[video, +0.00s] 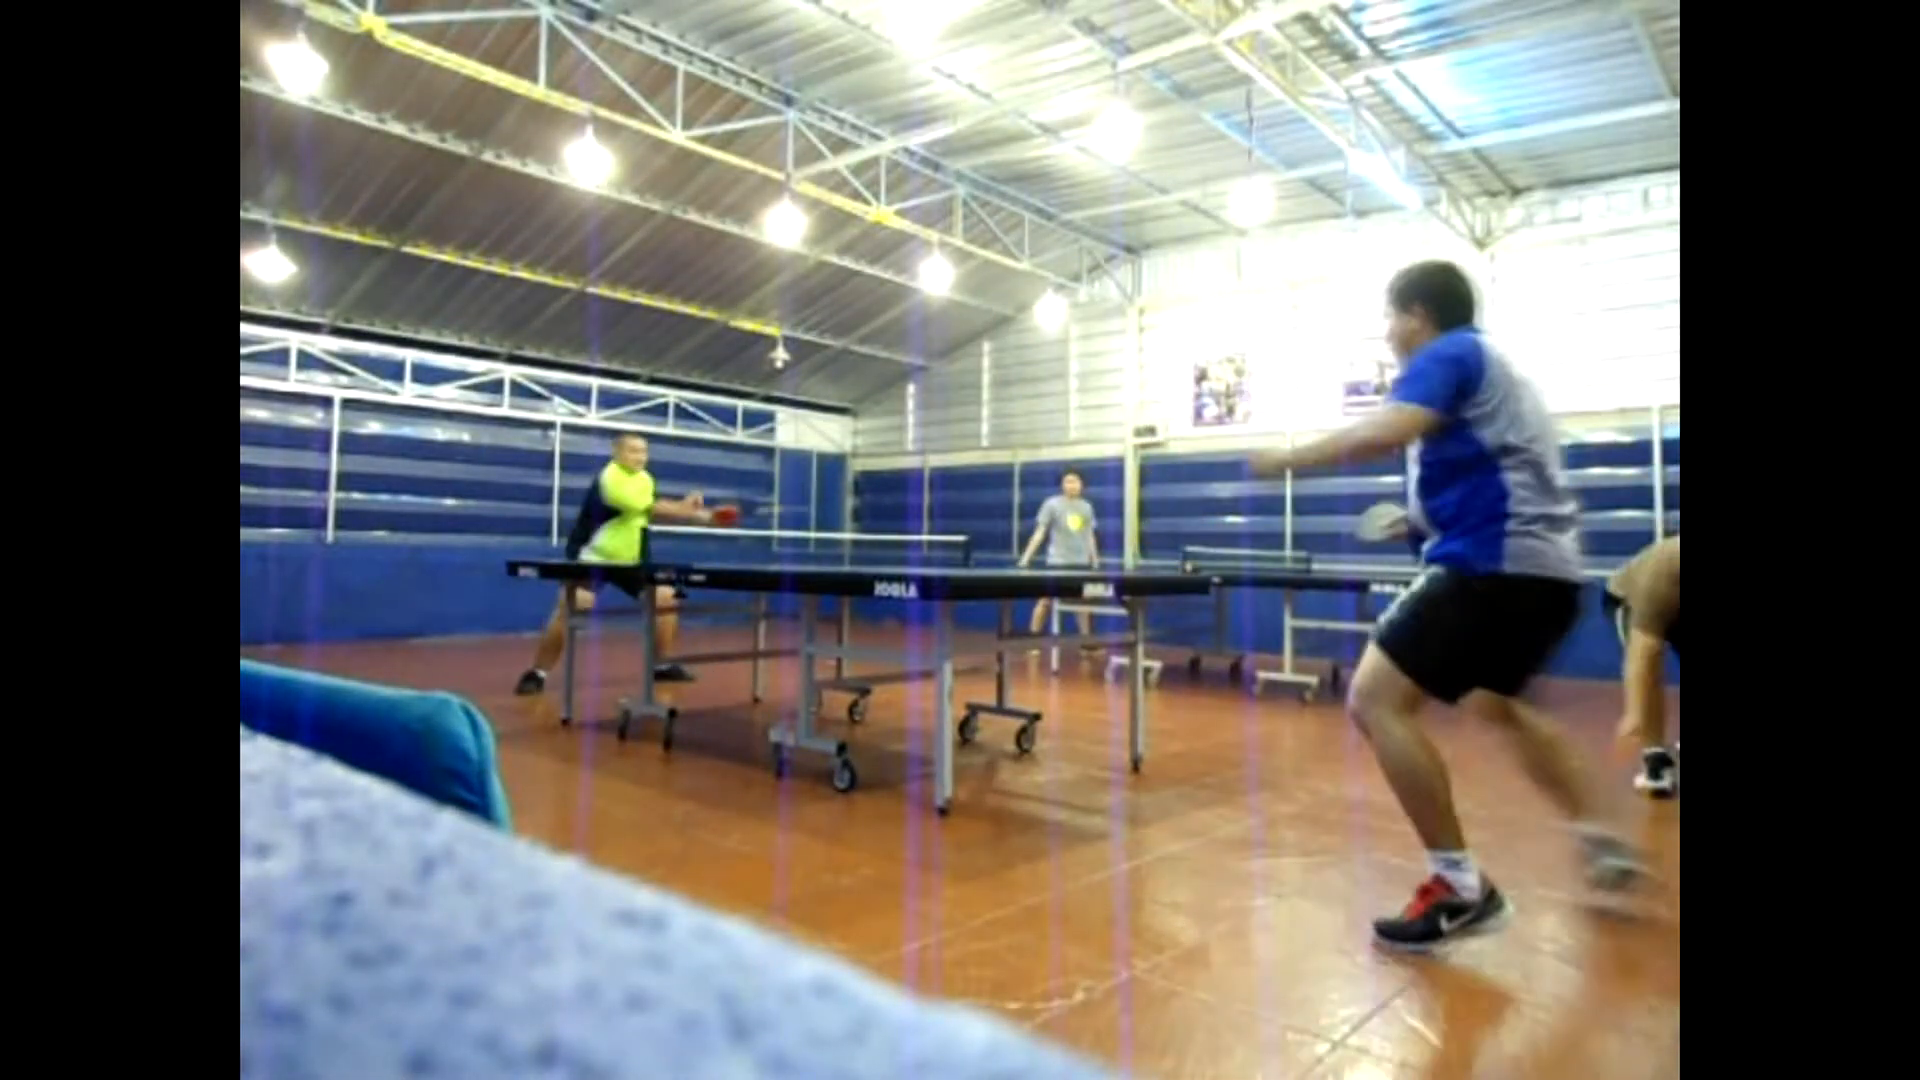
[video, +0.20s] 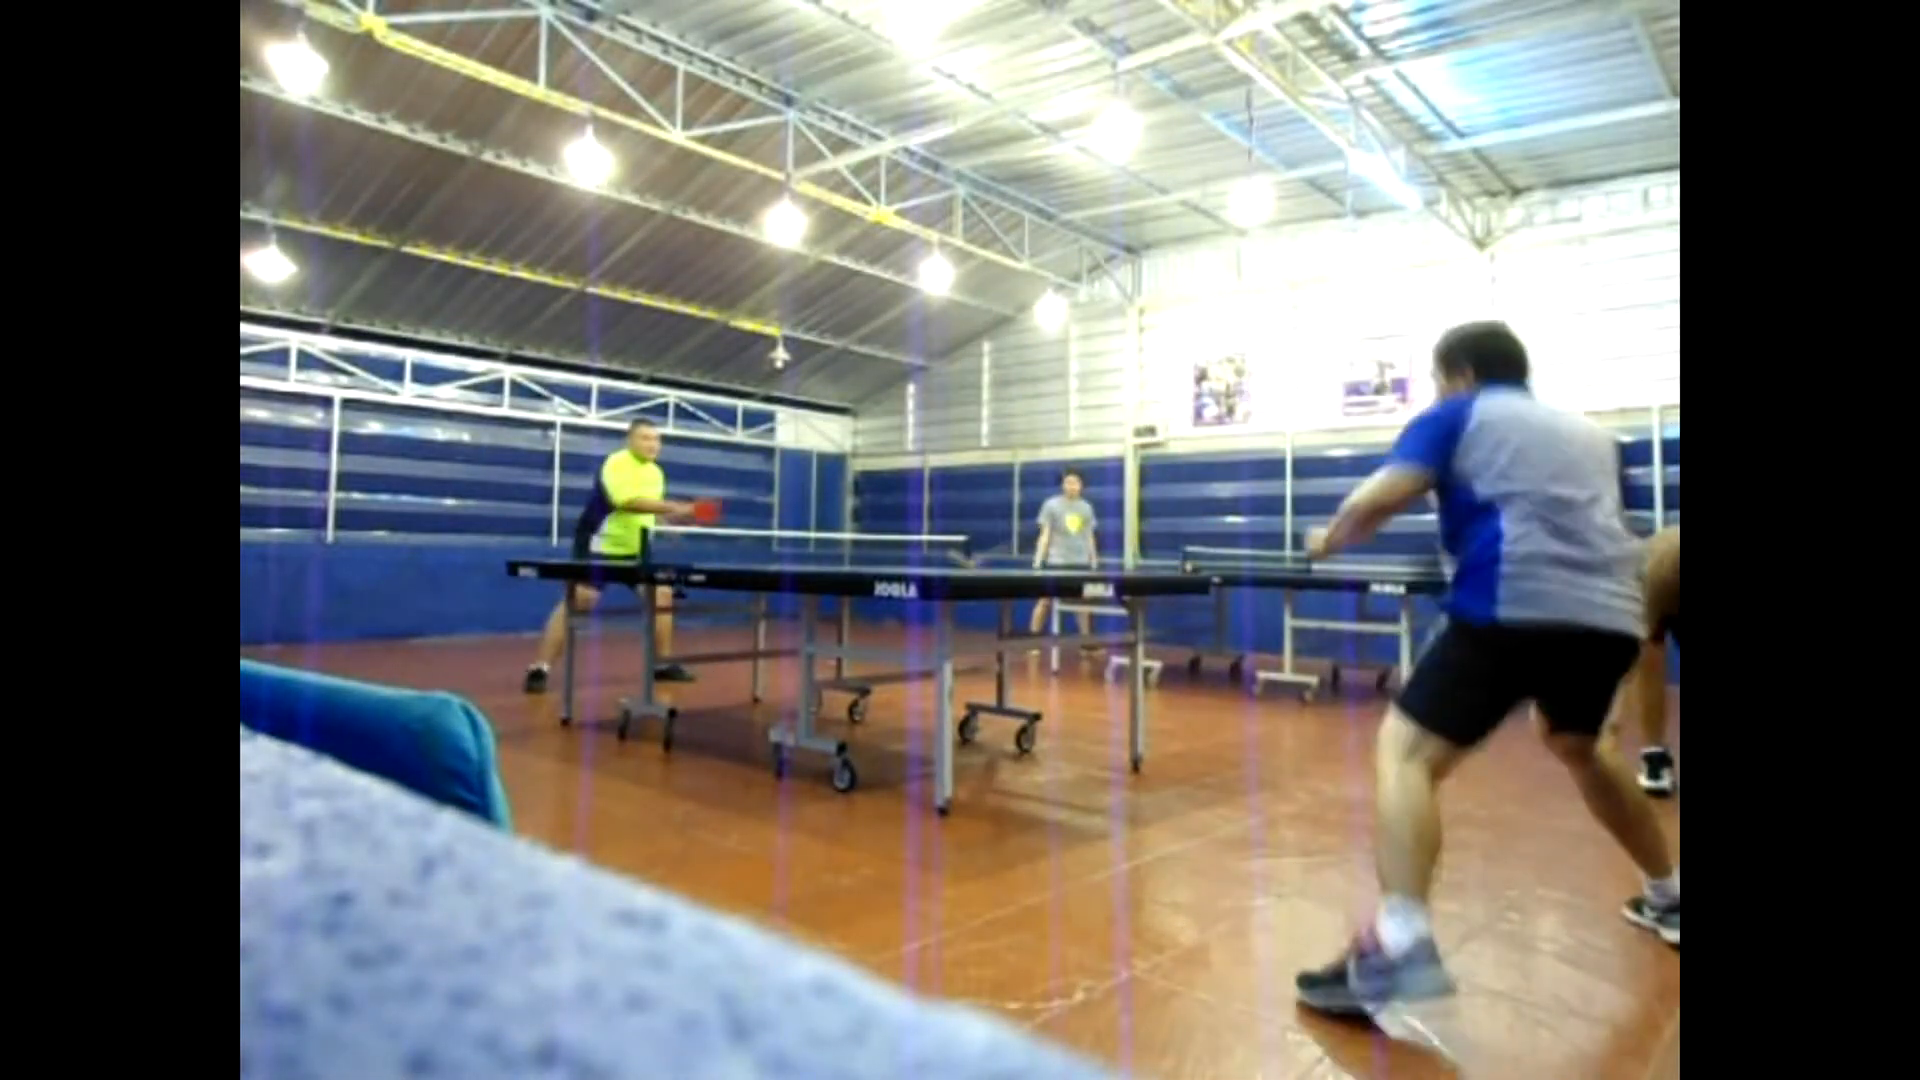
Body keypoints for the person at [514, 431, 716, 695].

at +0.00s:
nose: (639, 457)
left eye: (643, 451)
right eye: (632, 451)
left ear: (646, 455)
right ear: (617, 452)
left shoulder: (645, 481)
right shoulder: (610, 480)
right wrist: (686, 509)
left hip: (629, 562)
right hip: (591, 562)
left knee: (665, 598)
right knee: (575, 606)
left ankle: (663, 663)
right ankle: (538, 671)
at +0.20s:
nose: (652, 445)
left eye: (656, 439)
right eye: (645, 438)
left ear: (659, 443)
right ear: (630, 439)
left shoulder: (655, 473)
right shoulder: (615, 464)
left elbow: (652, 509)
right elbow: (622, 500)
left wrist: (678, 516)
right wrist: (671, 508)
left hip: (636, 545)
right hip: (599, 543)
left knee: (662, 594)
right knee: (581, 598)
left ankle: (663, 661)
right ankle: (541, 666)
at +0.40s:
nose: (637, 448)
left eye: (642, 443)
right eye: (631, 442)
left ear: (647, 447)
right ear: (620, 443)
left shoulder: (649, 479)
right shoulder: (598, 469)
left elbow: (641, 516)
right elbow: (578, 503)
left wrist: (651, 535)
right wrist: (619, 524)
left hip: (633, 558)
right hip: (596, 556)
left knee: (663, 594)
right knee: (579, 602)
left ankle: (663, 661)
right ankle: (535, 660)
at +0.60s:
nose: (614, 442)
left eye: (618, 436)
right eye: (608, 435)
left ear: (623, 441)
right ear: (595, 437)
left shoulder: (629, 469)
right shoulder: (571, 460)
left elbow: (635, 497)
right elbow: (550, 491)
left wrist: (642, 506)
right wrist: (580, 502)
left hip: (615, 546)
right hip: (573, 545)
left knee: (641, 599)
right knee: (553, 601)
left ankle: (666, 656)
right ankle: (532, 661)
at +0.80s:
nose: (586, 456)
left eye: (591, 450)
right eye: (581, 451)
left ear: (599, 452)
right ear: (571, 453)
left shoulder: (614, 478)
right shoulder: (553, 479)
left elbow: (637, 507)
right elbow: (535, 510)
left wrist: (622, 513)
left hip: (607, 558)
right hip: (562, 557)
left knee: (636, 600)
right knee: (535, 600)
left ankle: (643, 663)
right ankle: (501, 664)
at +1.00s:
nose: (521, 473)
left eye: (526, 466)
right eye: (515, 468)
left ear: (538, 465)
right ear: (508, 470)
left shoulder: (563, 486)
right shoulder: (499, 496)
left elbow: (595, 508)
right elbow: (459, 522)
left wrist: (605, 536)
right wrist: (410, 537)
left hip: (577, 559)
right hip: (532, 561)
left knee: (611, 605)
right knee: (504, 603)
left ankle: (643, 660)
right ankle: (490, 669)